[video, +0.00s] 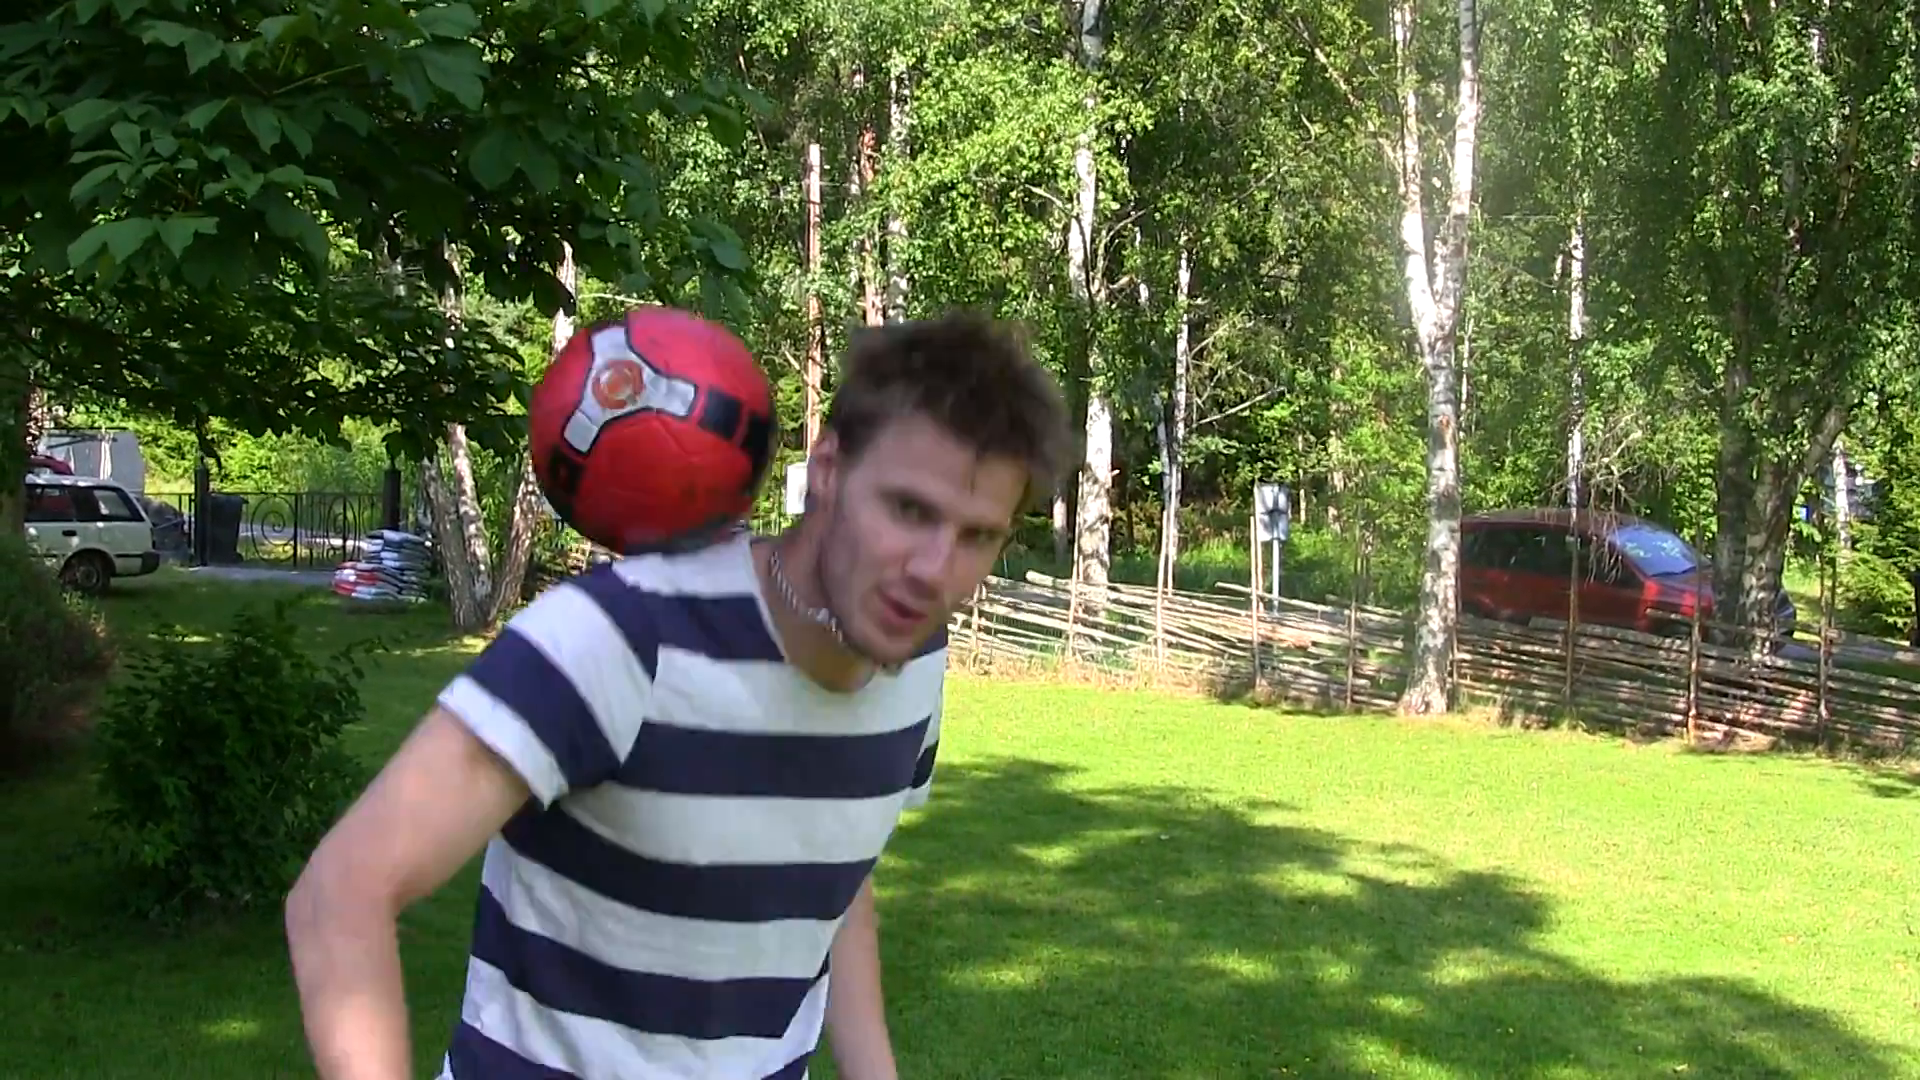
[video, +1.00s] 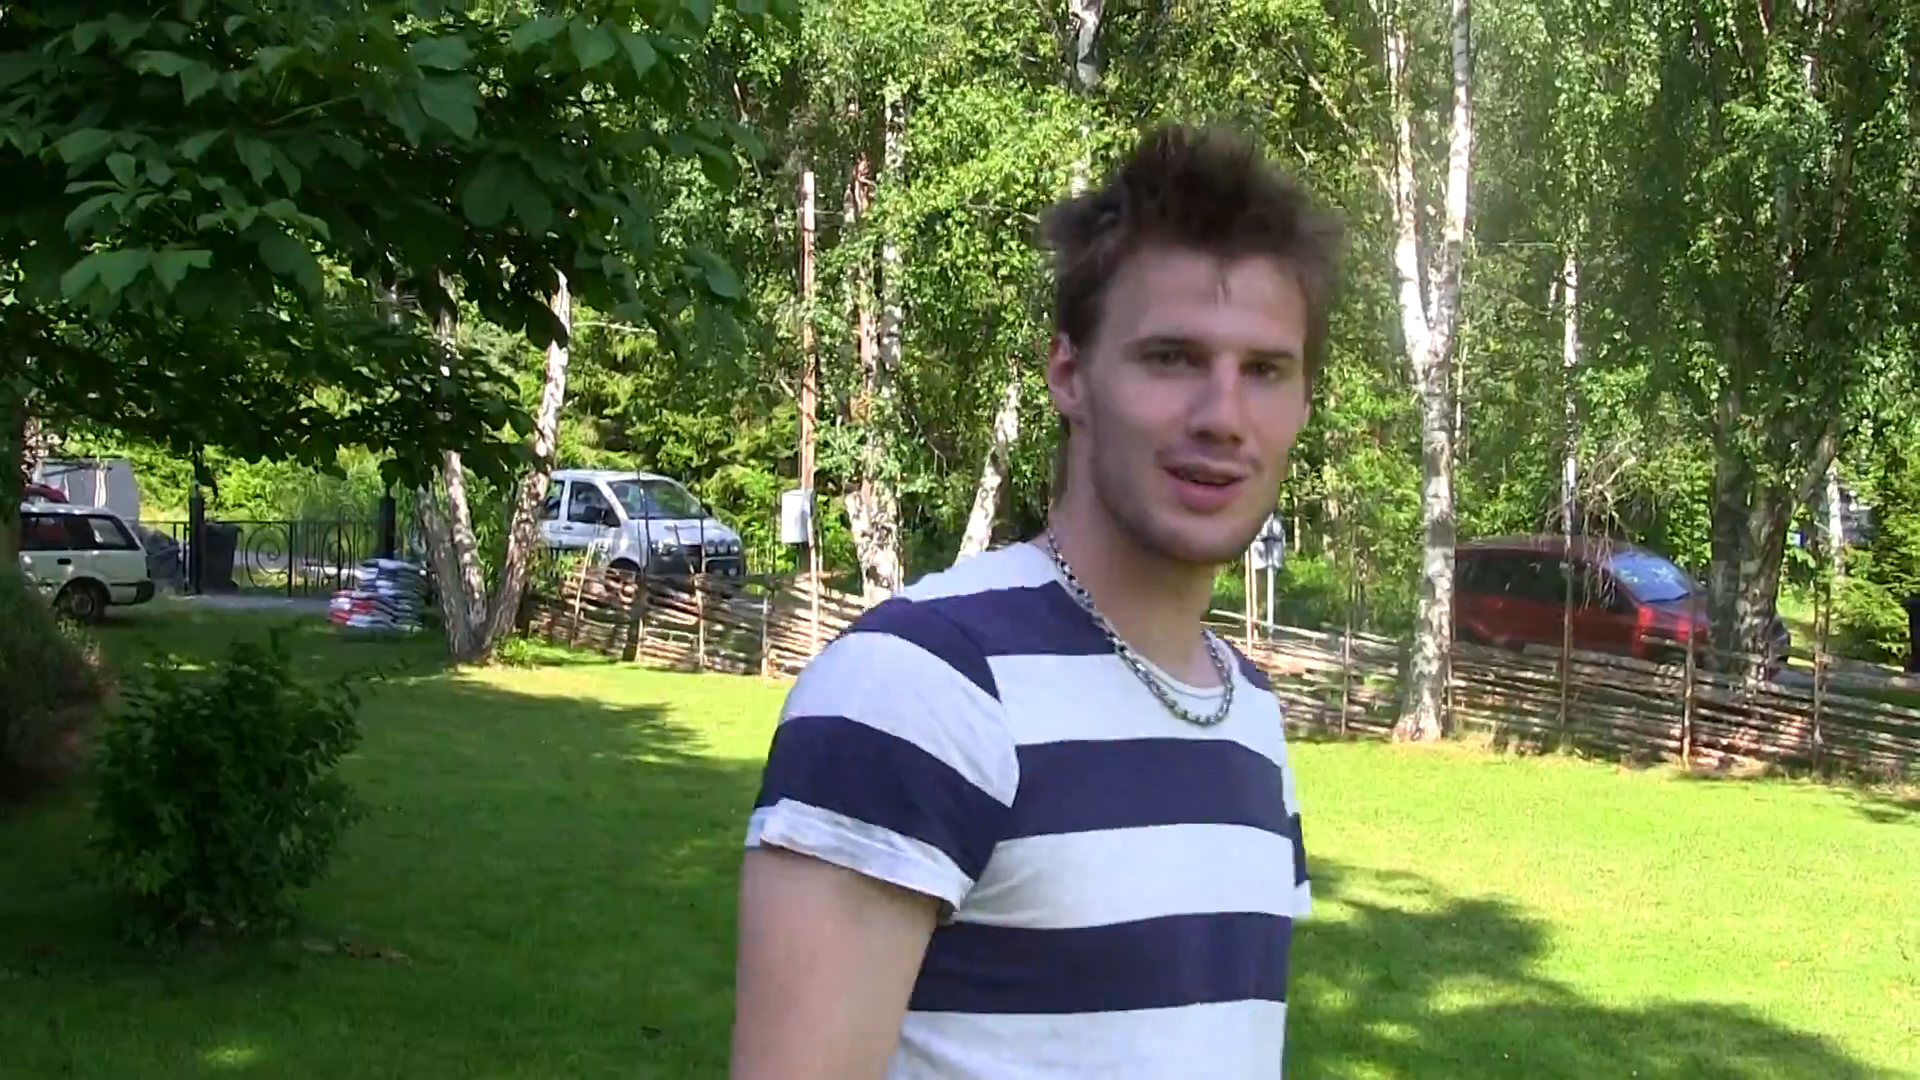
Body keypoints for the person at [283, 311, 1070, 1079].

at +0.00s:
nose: (934, 572)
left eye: (977, 538)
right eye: (909, 510)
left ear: (1001, 549)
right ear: (826, 472)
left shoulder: (916, 662)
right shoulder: (622, 631)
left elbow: (839, 890)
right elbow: (337, 899)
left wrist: (873, 1071)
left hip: (766, 1068)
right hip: (544, 1065)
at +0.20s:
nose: (908, 445)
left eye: (956, 417)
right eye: (883, 387)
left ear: (984, 447)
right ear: (806, 369)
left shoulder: (914, 659)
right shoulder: (623, 565)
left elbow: (878, 958)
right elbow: (454, 767)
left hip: (830, 1065)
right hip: (605, 1063)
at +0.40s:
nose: (846, 409)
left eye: (895, 376)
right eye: (813, 354)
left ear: (935, 416)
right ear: (736, 358)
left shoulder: (922, 690)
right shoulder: (589, 573)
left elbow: (912, 979)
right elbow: (552, 649)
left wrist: (964, 1059)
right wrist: (627, 700)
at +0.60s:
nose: (932, 383)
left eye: (980, 342)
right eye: (889, 326)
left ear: (1021, 382)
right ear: (804, 342)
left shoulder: (999, 669)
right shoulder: (668, 570)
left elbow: (990, 990)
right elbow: (640, 704)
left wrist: (1043, 1056)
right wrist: (737, 777)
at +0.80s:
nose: (1125, 406)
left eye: (1173, 363)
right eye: (1079, 343)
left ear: (1206, 396)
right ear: (977, 352)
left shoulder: (1150, 694)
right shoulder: (816, 626)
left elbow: (1128, 1028)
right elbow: (702, 1029)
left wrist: (1162, 1061)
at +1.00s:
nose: (1223, 419)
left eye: (1267, 371)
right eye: (1170, 359)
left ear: (1305, 403)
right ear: (1069, 378)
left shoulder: (1250, 707)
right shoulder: (913, 681)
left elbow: (1224, 1042)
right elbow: (799, 1065)